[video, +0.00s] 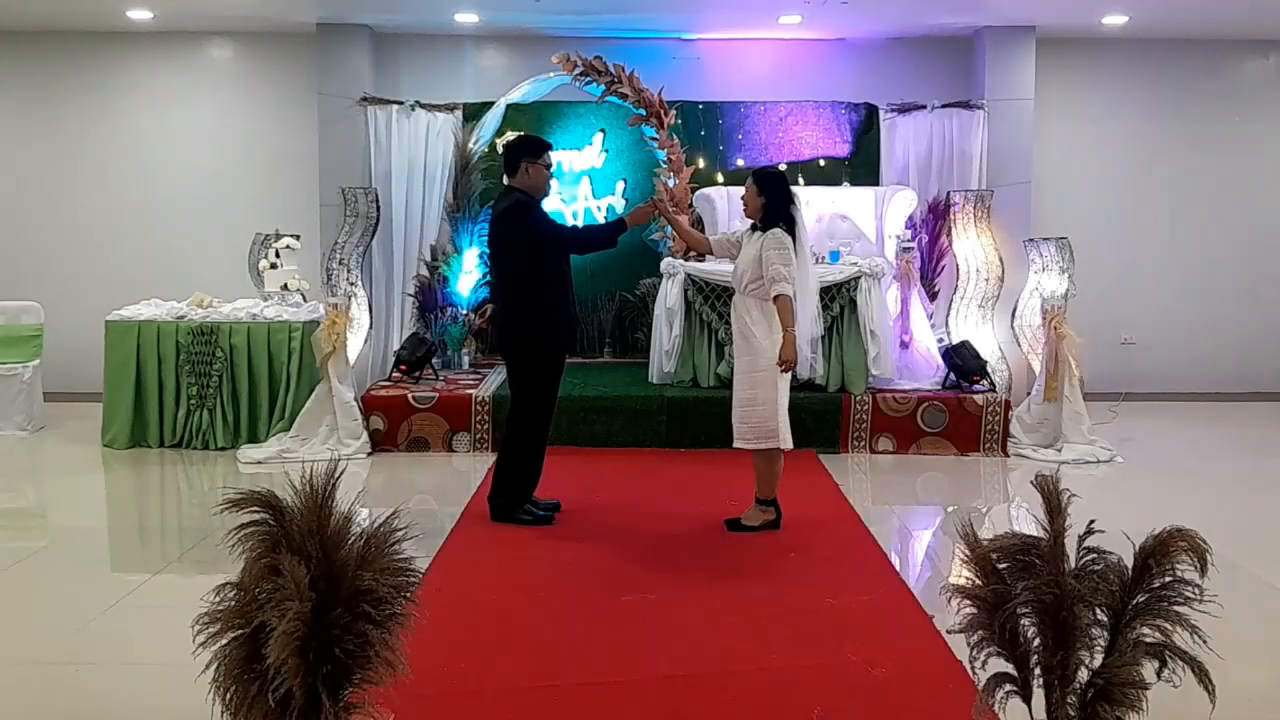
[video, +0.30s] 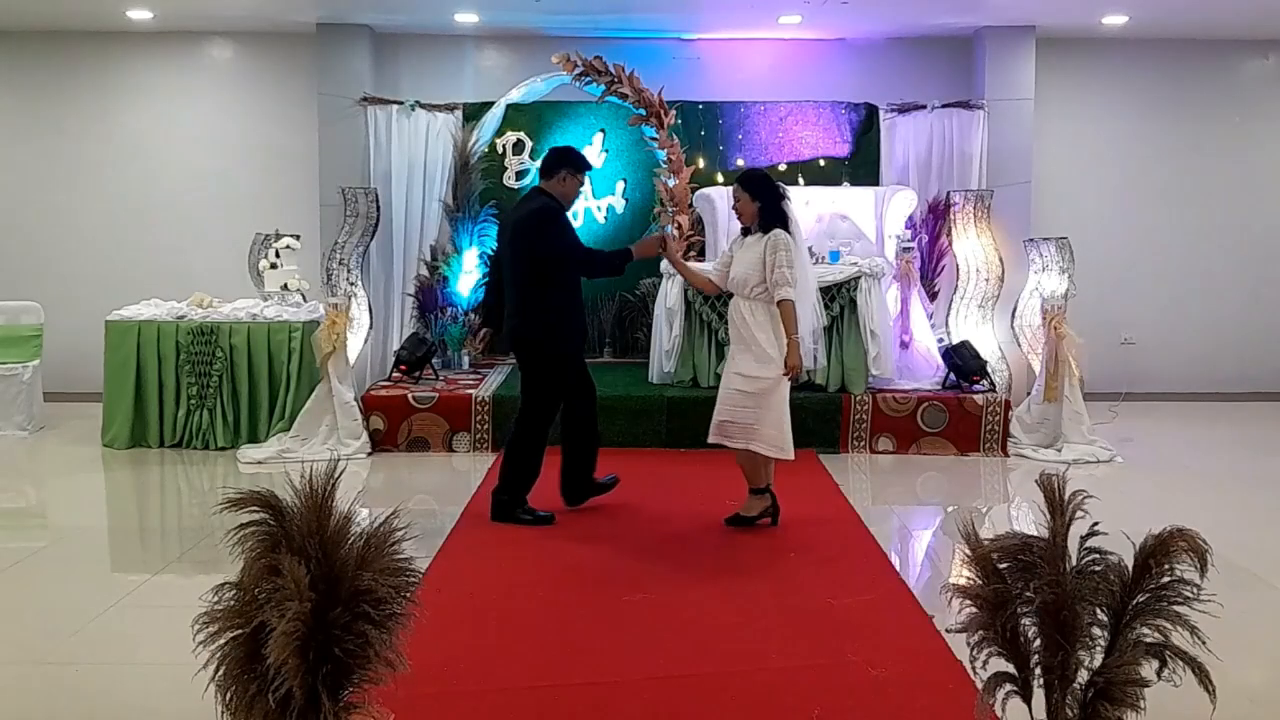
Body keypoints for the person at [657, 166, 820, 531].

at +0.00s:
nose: (743, 197)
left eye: (748, 191)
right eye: (745, 191)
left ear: (765, 197)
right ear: (762, 197)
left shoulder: (775, 239)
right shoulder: (749, 237)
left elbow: (782, 290)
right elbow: (704, 245)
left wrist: (789, 336)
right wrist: (670, 216)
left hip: (766, 343)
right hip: (750, 343)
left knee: (764, 423)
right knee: (759, 421)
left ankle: (766, 506)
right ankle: (764, 504)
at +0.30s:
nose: (735, 207)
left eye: (739, 200)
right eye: (734, 201)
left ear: (759, 201)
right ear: (744, 203)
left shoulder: (777, 240)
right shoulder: (739, 243)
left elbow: (784, 295)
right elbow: (711, 285)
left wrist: (793, 347)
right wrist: (675, 261)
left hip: (766, 342)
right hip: (743, 342)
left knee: (741, 417)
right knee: (746, 418)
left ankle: (760, 495)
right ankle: (762, 495)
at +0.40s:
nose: (727, 209)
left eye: (732, 202)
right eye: (726, 203)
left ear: (753, 202)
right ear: (738, 205)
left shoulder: (776, 241)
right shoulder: (733, 246)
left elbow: (783, 298)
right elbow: (716, 300)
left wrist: (792, 350)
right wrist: (676, 291)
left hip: (763, 352)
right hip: (736, 350)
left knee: (725, 419)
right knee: (748, 425)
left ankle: (730, 503)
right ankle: (765, 501)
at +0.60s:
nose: (707, 215)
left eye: (712, 208)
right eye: (704, 209)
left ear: (732, 207)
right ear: (707, 212)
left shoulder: (758, 246)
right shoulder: (709, 251)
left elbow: (770, 301)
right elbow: (709, 308)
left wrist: (780, 350)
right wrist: (687, 341)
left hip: (749, 353)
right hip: (717, 351)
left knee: (715, 425)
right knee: (736, 427)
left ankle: (682, 510)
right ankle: (763, 502)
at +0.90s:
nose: (658, 210)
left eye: (664, 203)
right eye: (657, 203)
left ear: (684, 202)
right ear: (665, 204)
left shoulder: (712, 241)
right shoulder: (663, 245)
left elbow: (723, 298)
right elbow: (657, 302)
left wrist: (733, 346)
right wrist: (642, 346)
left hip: (699, 342)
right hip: (668, 342)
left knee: (685, 425)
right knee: (701, 422)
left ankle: (674, 516)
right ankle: (743, 487)